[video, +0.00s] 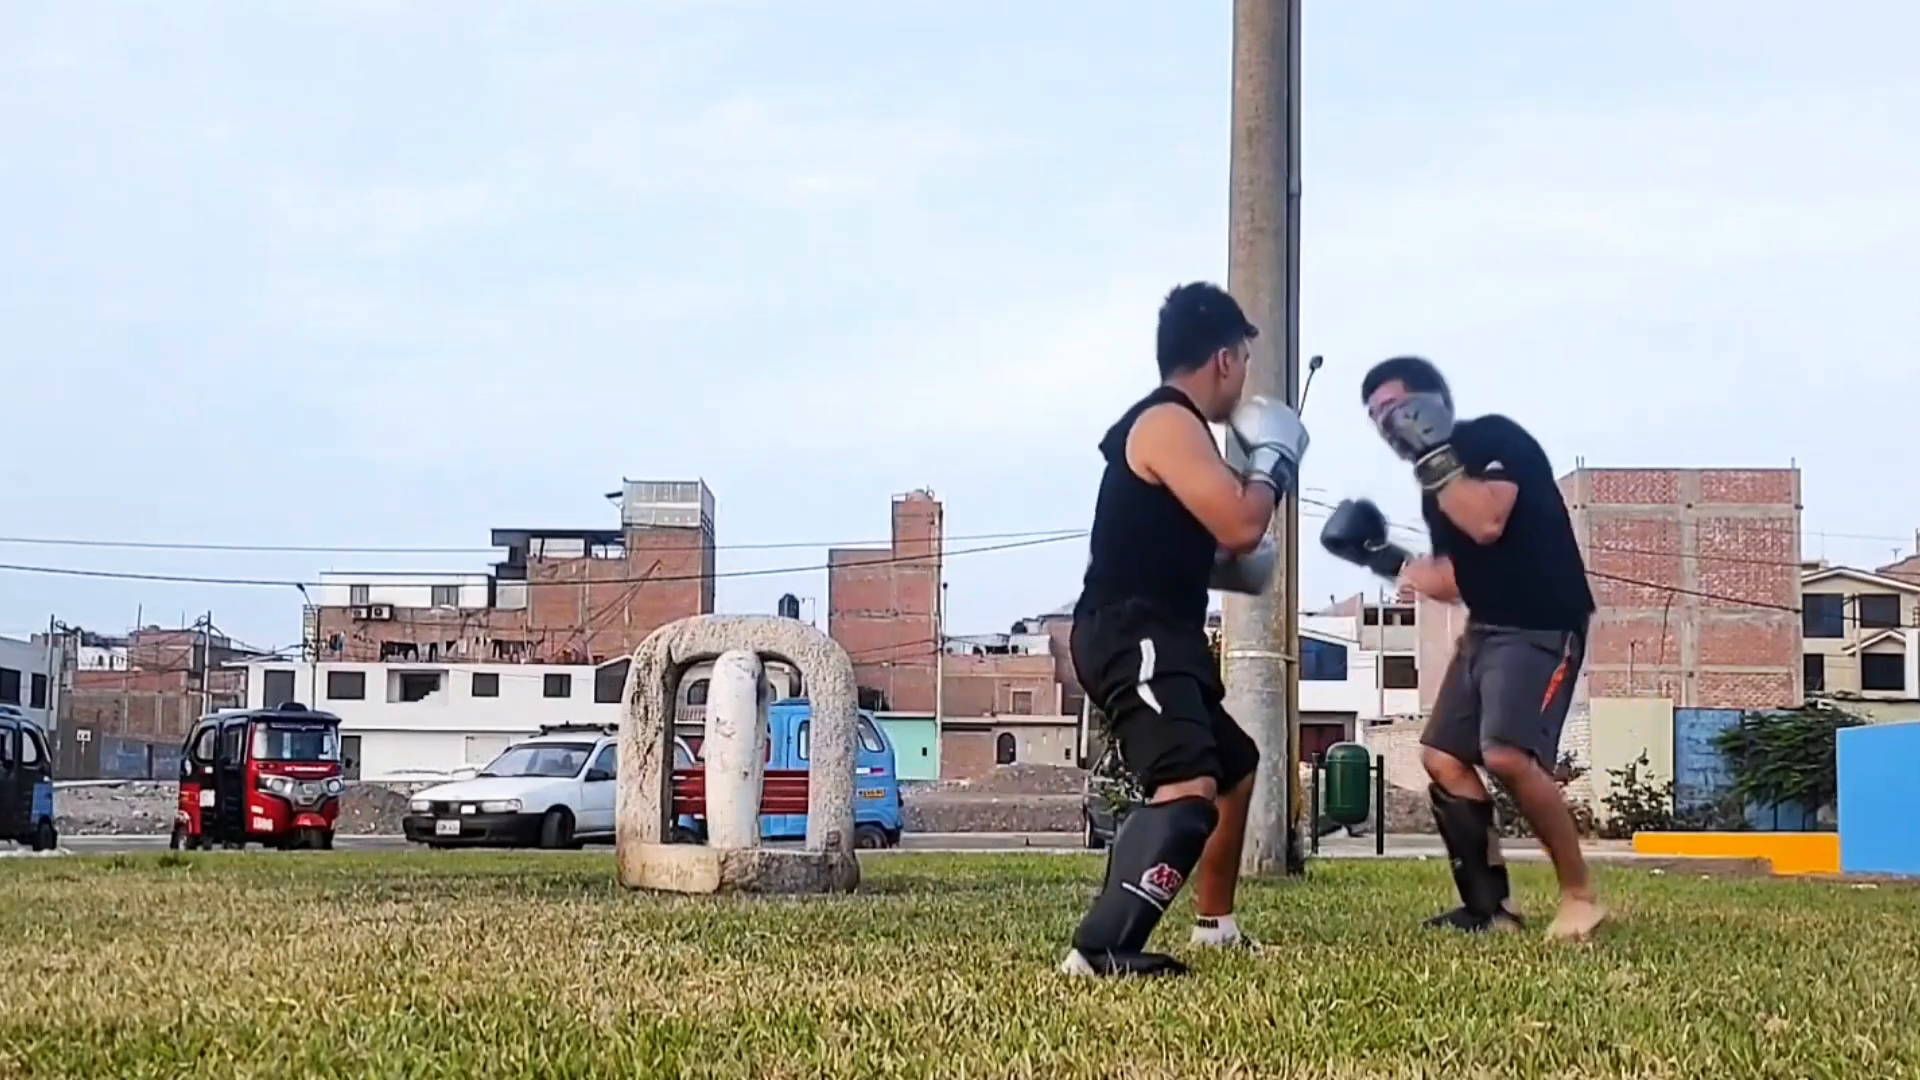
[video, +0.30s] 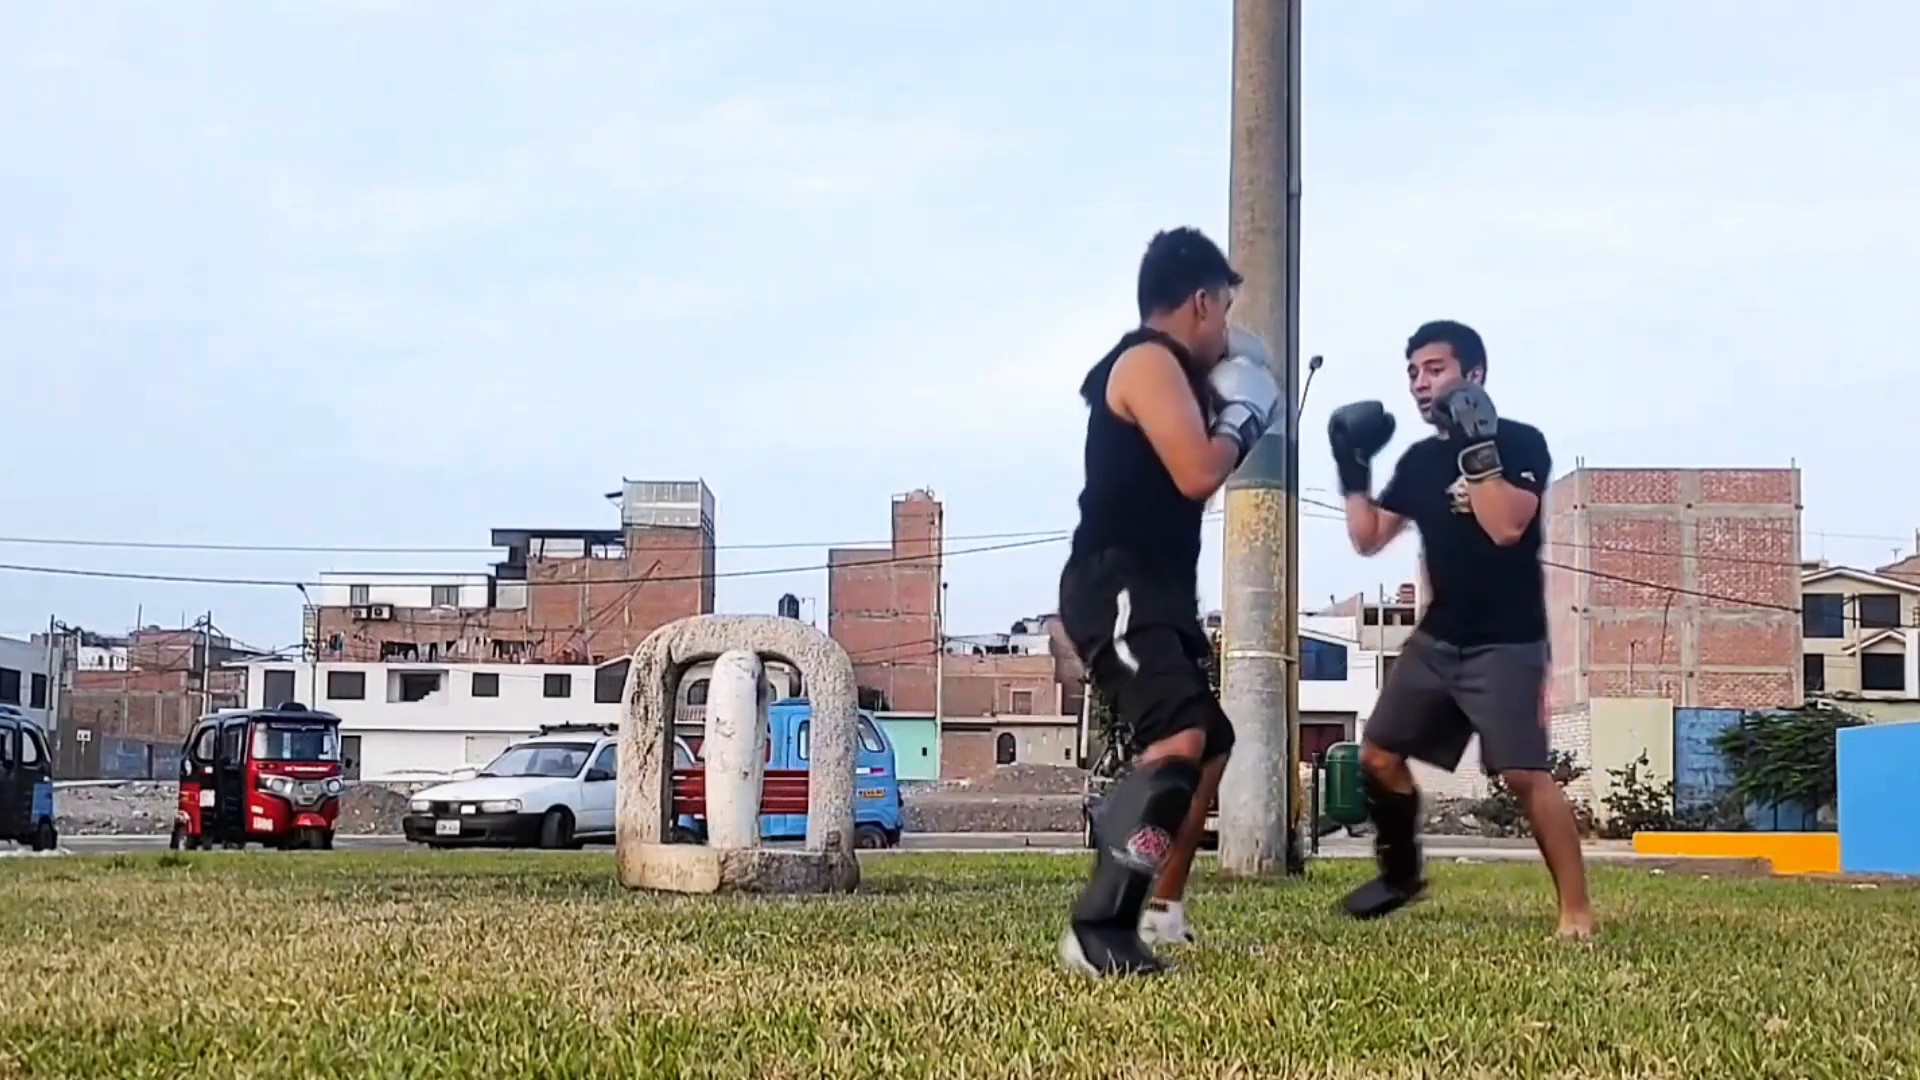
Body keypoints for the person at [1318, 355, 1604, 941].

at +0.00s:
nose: (1389, 422)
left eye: (1397, 407)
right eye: (1379, 416)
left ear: (1433, 397)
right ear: (1378, 425)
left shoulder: (1493, 435)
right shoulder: (1434, 486)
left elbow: (1488, 522)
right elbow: (1455, 581)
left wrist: (1434, 459)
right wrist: (1379, 554)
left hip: (1543, 625)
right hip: (1486, 628)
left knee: (1507, 753)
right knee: (1444, 757)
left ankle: (1579, 896)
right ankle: (1488, 909)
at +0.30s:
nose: (1422, 382)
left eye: (1435, 368)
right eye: (1414, 373)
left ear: (1475, 373)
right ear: (1411, 383)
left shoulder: (1519, 442)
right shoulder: (1420, 458)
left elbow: (1506, 526)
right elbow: (1368, 538)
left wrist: (1475, 442)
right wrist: (1353, 465)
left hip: (1507, 646)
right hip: (1435, 642)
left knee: (1523, 775)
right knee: (1379, 754)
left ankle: (1576, 915)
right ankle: (1402, 879)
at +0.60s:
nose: (1345, 462)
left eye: (1356, 448)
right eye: (1337, 453)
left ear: (1390, 450)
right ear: (1331, 464)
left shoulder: (1443, 496)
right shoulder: (1346, 513)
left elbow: (1430, 574)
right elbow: (1279, 565)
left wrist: (1399, 498)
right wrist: (1291, 483)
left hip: (1467, 663)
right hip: (1395, 666)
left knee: (1490, 764)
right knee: (1319, 773)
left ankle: (1563, 898)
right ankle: (1293, 897)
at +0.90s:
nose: (1359, 617)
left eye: (1371, 601)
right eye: (1350, 603)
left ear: (1405, 594)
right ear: (1342, 602)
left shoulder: (1462, 620)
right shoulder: (1351, 629)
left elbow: (1459, 720)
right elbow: (1307, 709)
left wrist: (1426, 653)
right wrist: (1304, 647)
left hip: (1480, 709)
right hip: (1400, 714)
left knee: (1497, 779)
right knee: (1307, 798)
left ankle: (1548, 911)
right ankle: (1288, 908)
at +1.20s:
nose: (1366, 635)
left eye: (1379, 621)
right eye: (1357, 621)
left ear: (1406, 614)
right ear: (1345, 616)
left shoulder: (1442, 639)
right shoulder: (1323, 640)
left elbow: (1482, 730)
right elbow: (1310, 727)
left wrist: (1447, 683)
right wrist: (1336, 681)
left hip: (1445, 714)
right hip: (1367, 717)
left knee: (1504, 777)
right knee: (1283, 797)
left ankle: (1546, 913)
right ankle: (1263, 901)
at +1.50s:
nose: (1233, 463)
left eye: (1245, 451)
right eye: (1230, 452)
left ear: (1284, 458)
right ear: (1229, 457)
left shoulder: (1324, 513)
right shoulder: (1222, 512)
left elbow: (1386, 550)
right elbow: (1150, 542)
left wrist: (1415, 570)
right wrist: (1131, 496)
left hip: (1338, 683)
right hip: (1272, 679)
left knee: (1389, 784)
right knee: (1214, 791)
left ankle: (1485, 884)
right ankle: (1257, 901)